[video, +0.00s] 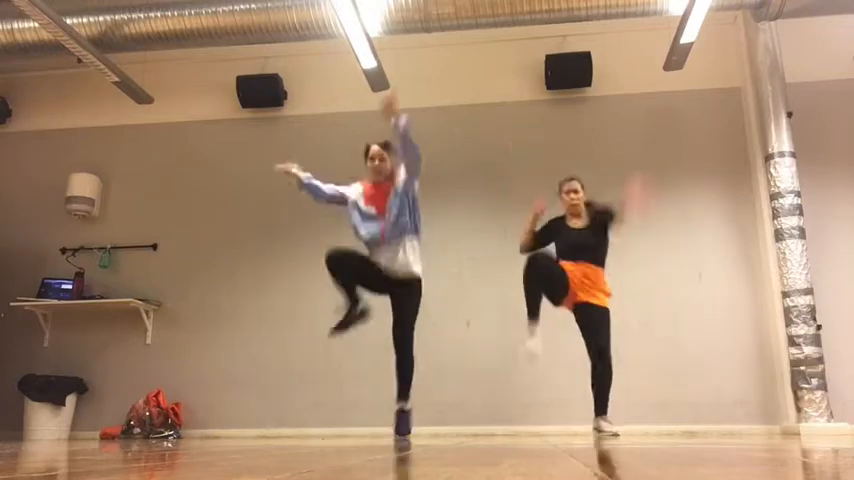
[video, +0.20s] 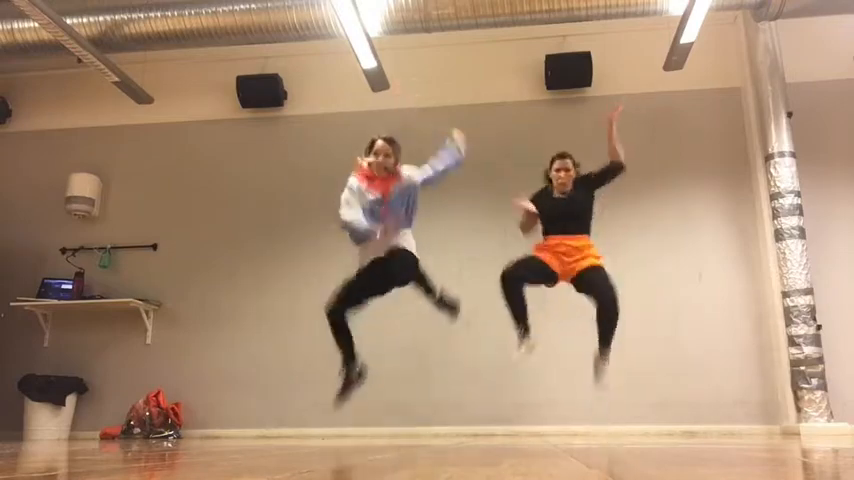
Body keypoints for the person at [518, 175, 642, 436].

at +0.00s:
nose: (573, 196)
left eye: (576, 191)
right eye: (568, 192)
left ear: (584, 195)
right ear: (561, 198)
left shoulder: (599, 216)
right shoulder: (557, 225)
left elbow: (620, 216)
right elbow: (526, 247)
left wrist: (631, 200)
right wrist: (534, 219)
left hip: (592, 292)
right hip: (563, 285)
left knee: (601, 355)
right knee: (536, 261)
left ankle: (601, 418)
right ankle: (533, 329)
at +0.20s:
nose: (562, 174)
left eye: (567, 170)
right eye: (557, 170)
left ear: (575, 173)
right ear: (550, 174)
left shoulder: (586, 186)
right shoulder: (541, 197)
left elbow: (618, 166)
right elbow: (525, 229)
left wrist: (612, 132)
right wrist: (530, 214)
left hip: (582, 258)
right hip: (550, 258)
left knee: (608, 297)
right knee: (510, 276)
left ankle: (603, 354)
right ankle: (524, 335)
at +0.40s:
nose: (561, 197)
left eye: (565, 193)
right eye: (556, 193)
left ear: (573, 199)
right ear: (548, 198)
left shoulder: (579, 232)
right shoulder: (538, 214)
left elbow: (595, 266)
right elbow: (515, 189)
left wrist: (611, 247)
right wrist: (518, 159)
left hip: (568, 289)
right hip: (540, 294)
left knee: (598, 265)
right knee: (535, 357)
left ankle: (606, 321)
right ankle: (525, 418)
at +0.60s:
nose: (546, 206)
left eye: (549, 200)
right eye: (542, 203)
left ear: (562, 196)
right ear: (539, 206)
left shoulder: (584, 219)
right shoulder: (542, 221)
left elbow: (603, 207)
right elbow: (519, 188)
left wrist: (573, 186)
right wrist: (544, 167)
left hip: (578, 291)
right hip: (544, 290)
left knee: (597, 350)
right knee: (524, 349)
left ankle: (615, 417)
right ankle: (516, 411)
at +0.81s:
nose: (528, 223)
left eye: (531, 216)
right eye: (527, 219)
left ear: (548, 211)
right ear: (539, 217)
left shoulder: (573, 213)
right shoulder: (545, 238)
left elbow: (589, 190)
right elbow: (517, 243)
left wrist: (594, 157)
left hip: (591, 293)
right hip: (563, 291)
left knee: (606, 352)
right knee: (511, 280)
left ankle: (622, 415)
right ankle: (533, 336)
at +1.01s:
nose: (525, 220)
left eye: (528, 213)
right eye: (523, 215)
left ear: (544, 210)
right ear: (538, 214)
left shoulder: (572, 228)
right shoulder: (544, 245)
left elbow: (605, 254)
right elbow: (558, 284)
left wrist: (635, 274)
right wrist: (565, 319)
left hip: (585, 298)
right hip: (556, 303)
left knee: (597, 356)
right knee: (530, 356)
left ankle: (627, 417)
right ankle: (552, 413)